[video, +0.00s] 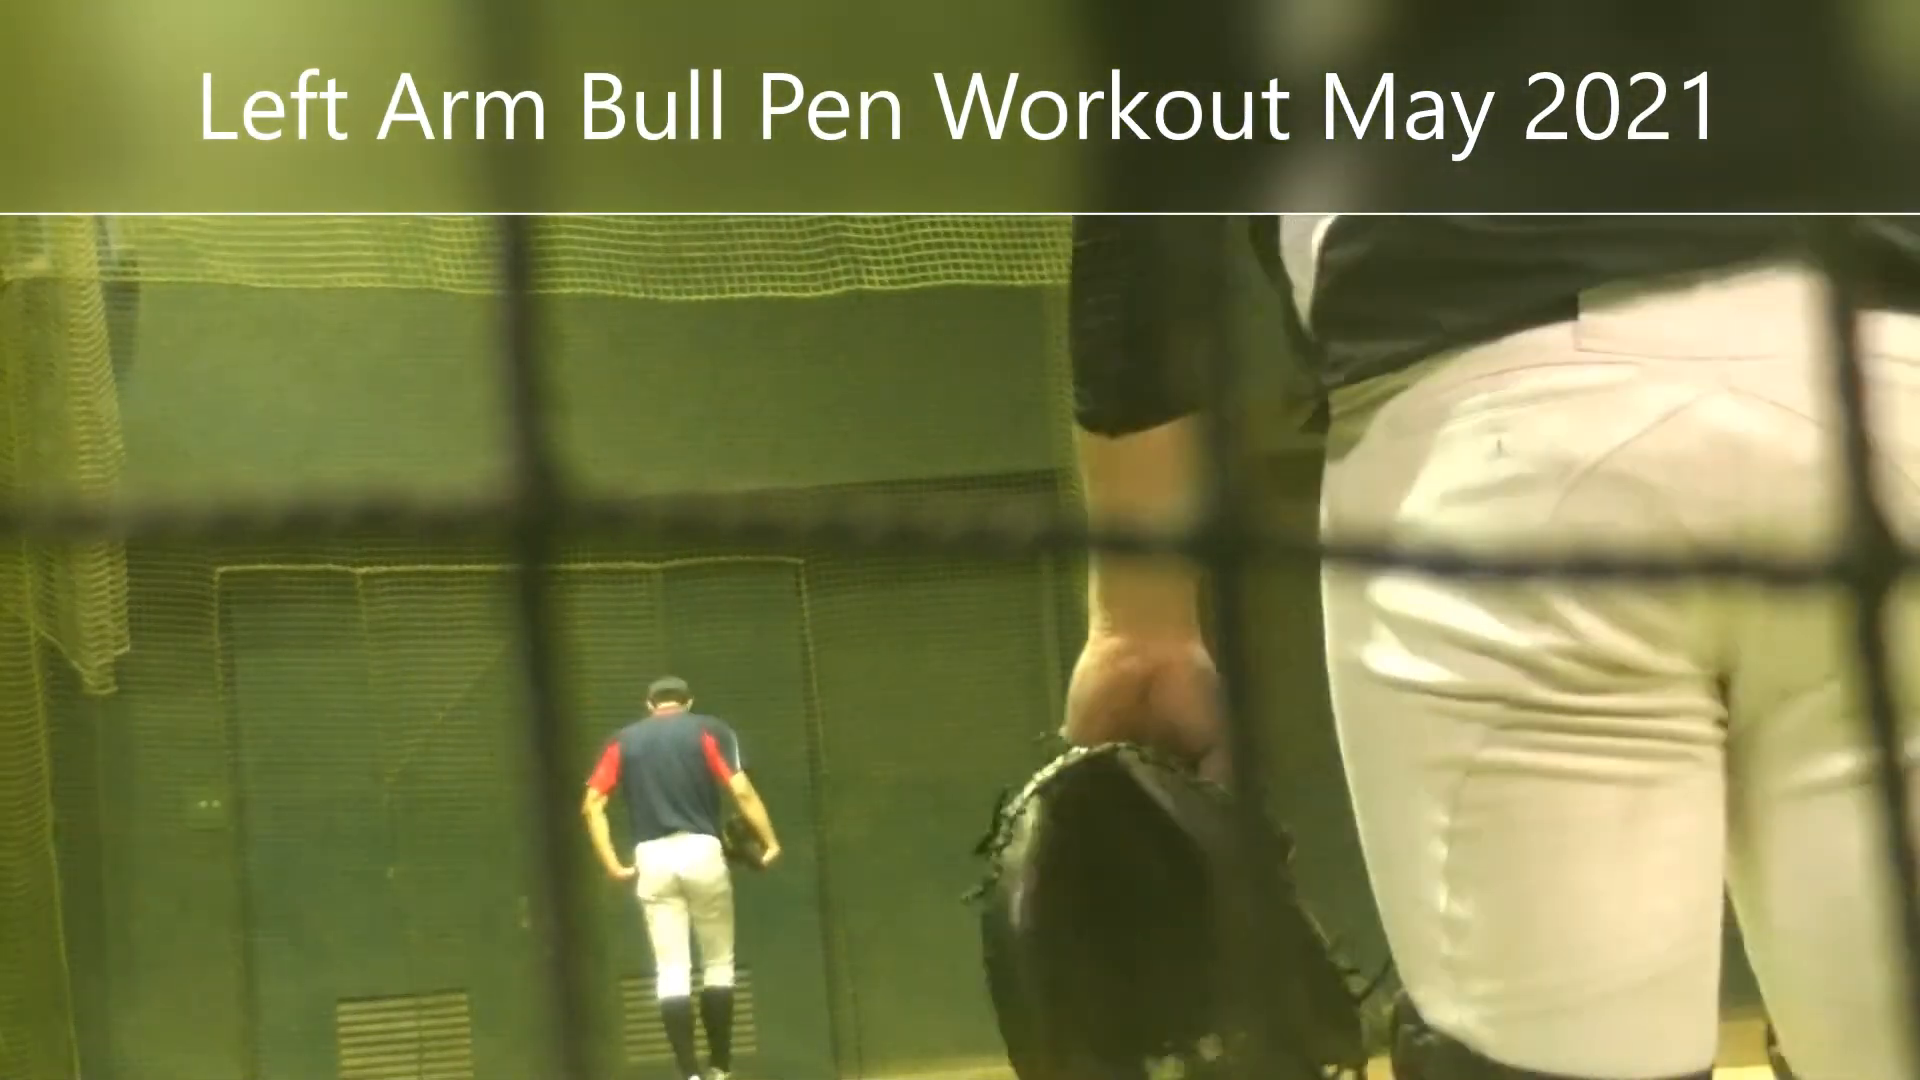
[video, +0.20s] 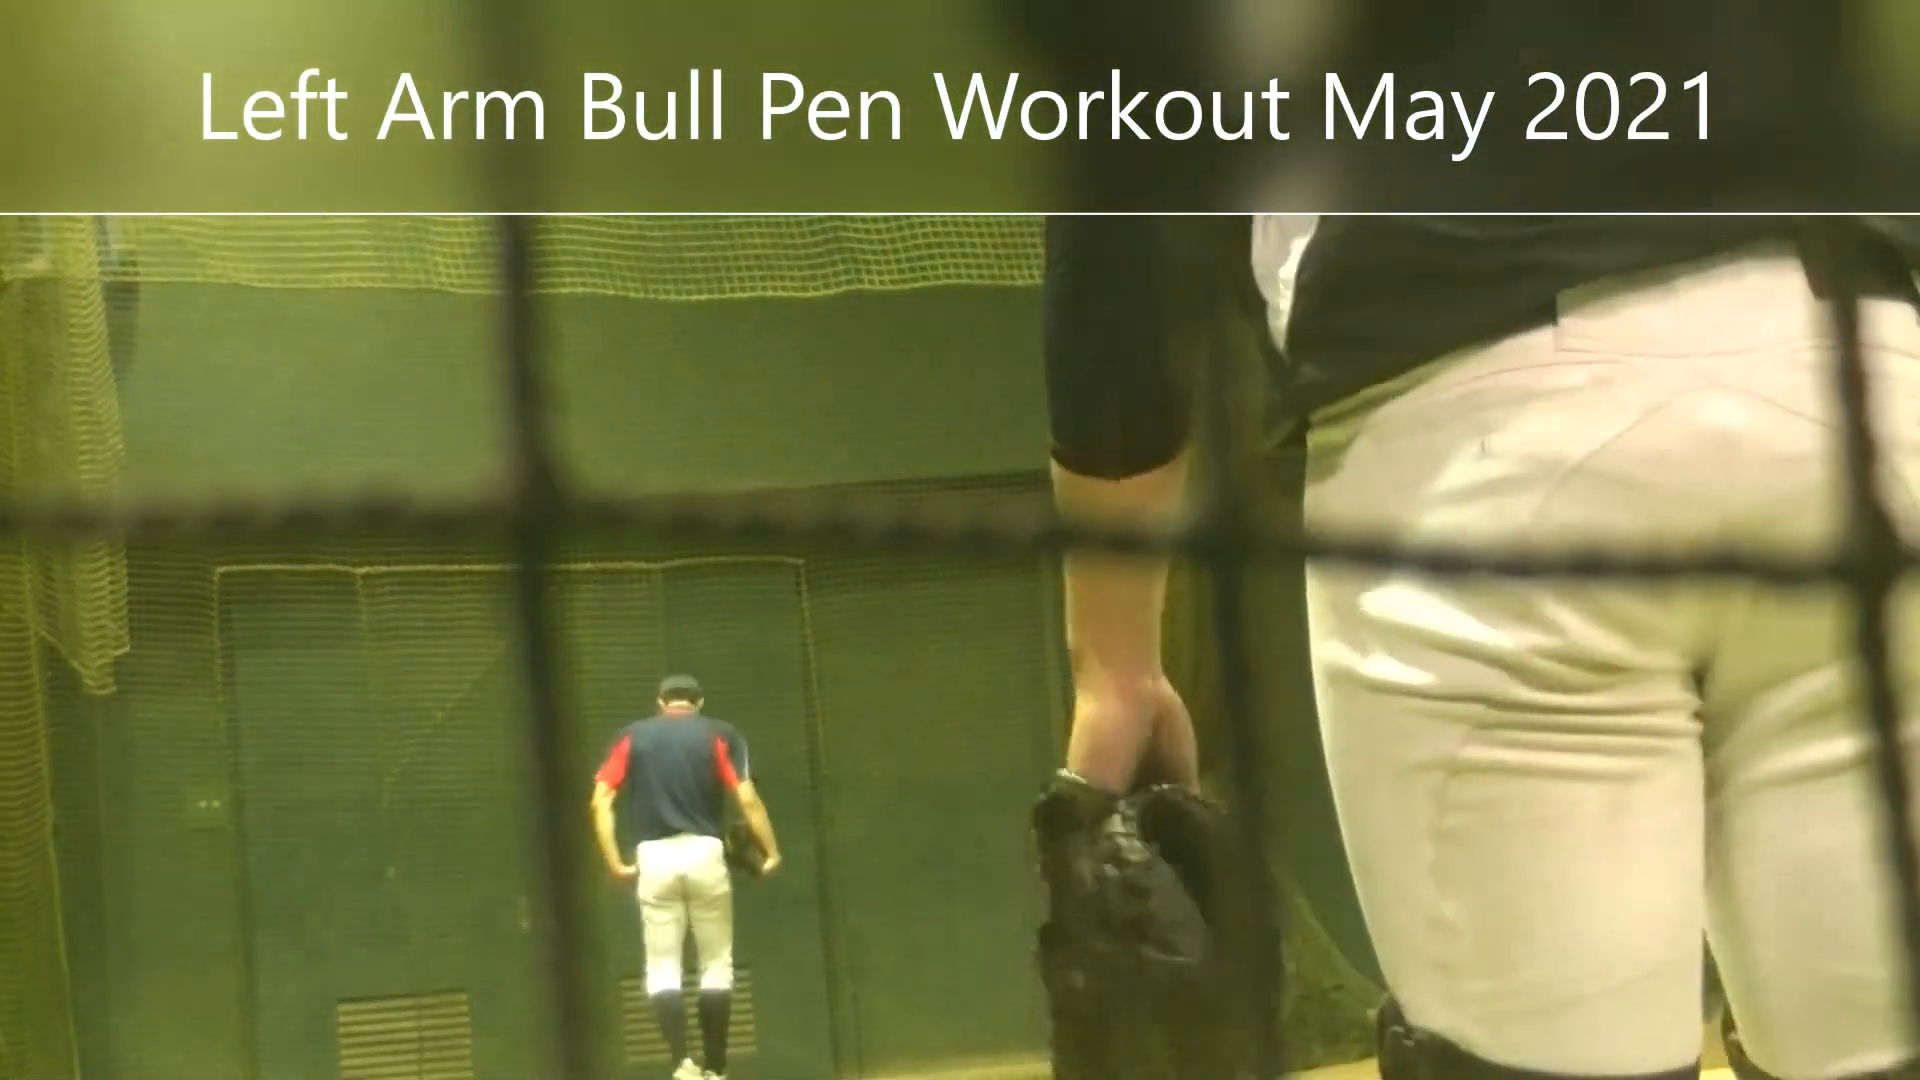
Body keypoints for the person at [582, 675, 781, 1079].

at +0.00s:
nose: (670, 708)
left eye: (662, 701)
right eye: (680, 701)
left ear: (650, 705)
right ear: (688, 702)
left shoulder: (625, 740)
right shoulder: (709, 731)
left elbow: (592, 803)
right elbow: (742, 792)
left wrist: (613, 866)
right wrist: (770, 842)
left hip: (653, 857)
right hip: (702, 851)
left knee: (671, 968)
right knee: (718, 961)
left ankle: (687, 1070)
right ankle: (720, 1066)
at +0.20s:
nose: (683, 708)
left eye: (674, 701)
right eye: (690, 702)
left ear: (661, 703)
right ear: (699, 703)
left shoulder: (634, 736)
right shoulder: (718, 734)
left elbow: (601, 799)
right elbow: (747, 799)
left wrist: (615, 864)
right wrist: (772, 851)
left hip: (655, 856)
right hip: (704, 853)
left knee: (662, 962)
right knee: (715, 960)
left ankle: (682, 1062)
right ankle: (715, 1066)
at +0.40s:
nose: (691, 707)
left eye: (679, 700)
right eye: (699, 701)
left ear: (667, 701)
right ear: (705, 703)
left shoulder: (637, 734)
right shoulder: (723, 736)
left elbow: (602, 796)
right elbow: (753, 802)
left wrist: (613, 862)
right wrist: (771, 854)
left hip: (652, 858)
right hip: (703, 857)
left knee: (644, 955)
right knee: (718, 959)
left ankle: (653, 1048)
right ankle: (715, 1068)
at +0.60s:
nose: (696, 706)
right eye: (699, 700)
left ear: (661, 698)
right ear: (699, 700)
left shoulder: (629, 733)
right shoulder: (710, 731)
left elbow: (589, 795)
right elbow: (737, 799)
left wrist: (606, 859)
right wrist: (762, 849)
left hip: (637, 859)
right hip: (686, 856)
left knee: (650, 962)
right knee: (708, 959)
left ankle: (619, 1065)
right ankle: (714, 1069)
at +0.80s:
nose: (687, 717)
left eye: (687, 711)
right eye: (688, 711)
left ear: (649, 700)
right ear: (679, 703)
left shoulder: (611, 737)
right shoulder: (677, 732)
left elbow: (580, 802)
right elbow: (694, 791)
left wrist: (607, 846)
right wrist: (738, 835)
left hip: (614, 862)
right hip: (659, 860)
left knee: (634, 968)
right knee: (694, 961)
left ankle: (614, 1072)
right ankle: (712, 1067)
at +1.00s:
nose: (665, 718)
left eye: (668, 712)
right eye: (667, 711)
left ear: (635, 697)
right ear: (657, 700)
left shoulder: (596, 735)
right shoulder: (645, 729)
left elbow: (595, 809)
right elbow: (648, 794)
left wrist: (659, 844)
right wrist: (692, 837)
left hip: (595, 859)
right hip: (631, 857)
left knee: (615, 971)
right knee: (672, 961)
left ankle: (605, 1072)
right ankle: (693, 1067)